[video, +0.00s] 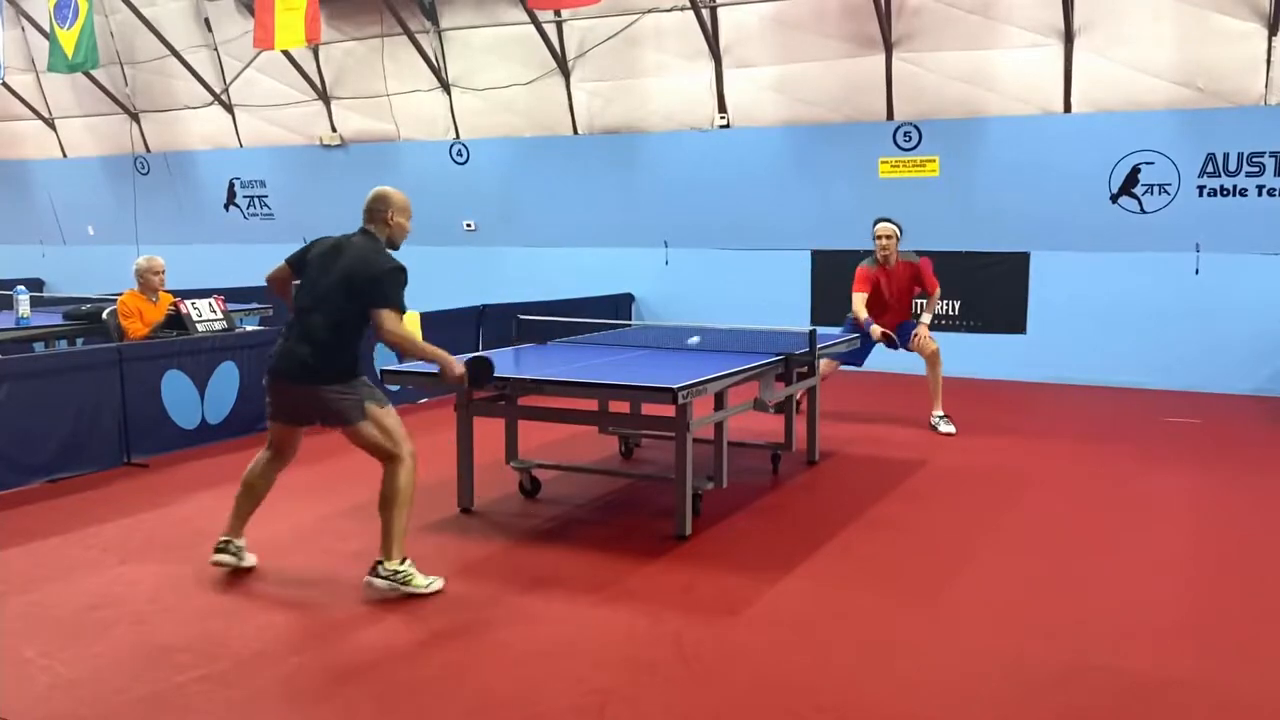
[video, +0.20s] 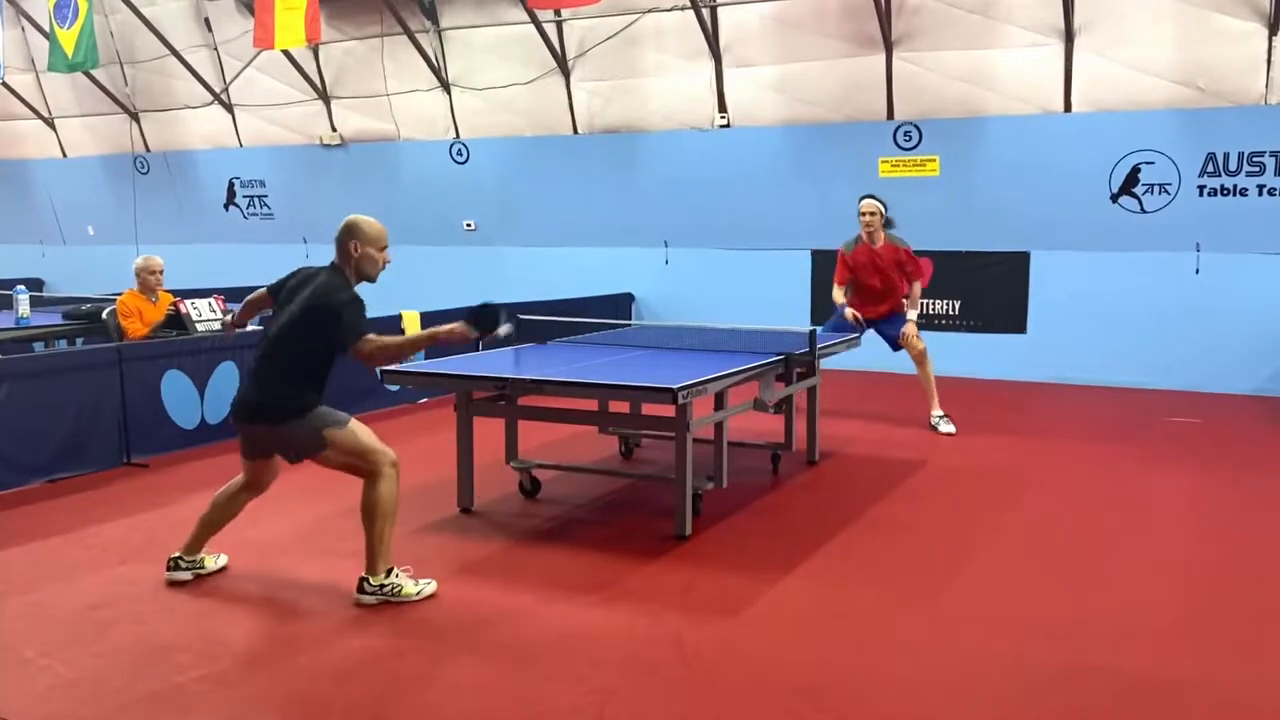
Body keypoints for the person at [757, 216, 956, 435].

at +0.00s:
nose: (884, 242)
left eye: (889, 238)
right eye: (879, 238)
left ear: (898, 241)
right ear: (873, 242)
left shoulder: (916, 266)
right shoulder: (866, 269)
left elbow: (934, 293)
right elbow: (858, 306)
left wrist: (924, 324)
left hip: (899, 324)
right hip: (865, 323)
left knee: (932, 350)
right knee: (824, 369)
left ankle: (938, 413)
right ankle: (795, 396)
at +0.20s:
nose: (867, 219)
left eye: (872, 214)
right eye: (863, 215)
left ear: (883, 218)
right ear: (858, 218)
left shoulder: (899, 248)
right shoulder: (849, 251)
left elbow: (916, 283)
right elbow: (837, 290)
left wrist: (911, 320)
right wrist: (845, 308)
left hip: (890, 315)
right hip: (854, 313)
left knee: (919, 350)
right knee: (812, 349)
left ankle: (936, 412)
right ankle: (786, 398)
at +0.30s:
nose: (848, 215)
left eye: (853, 211)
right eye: (844, 211)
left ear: (863, 214)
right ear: (839, 215)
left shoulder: (880, 243)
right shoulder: (831, 245)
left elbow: (898, 279)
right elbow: (819, 276)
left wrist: (889, 316)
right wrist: (816, 294)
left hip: (880, 309)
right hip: (845, 308)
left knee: (908, 346)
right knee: (806, 341)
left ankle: (927, 405)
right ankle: (785, 396)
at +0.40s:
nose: (831, 224)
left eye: (836, 220)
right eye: (827, 220)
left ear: (847, 222)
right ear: (823, 224)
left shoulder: (866, 250)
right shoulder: (817, 253)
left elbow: (885, 283)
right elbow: (797, 282)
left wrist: (863, 310)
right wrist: (797, 298)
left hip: (872, 313)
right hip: (838, 313)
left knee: (894, 353)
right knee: (803, 344)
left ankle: (918, 407)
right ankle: (786, 397)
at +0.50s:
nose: (814, 236)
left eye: (818, 230)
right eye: (809, 232)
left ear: (829, 231)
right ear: (806, 234)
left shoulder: (849, 255)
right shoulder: (803, 263)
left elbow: (872, 283)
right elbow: (780, 290)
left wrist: (851, 302)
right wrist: (785, 302)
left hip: (862, 318)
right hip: (827, 318)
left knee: (886, 356)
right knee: (791, 344)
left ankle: (917, 408)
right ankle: (784, 395)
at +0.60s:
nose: (794, 241)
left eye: (798, 236)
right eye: (790, 237)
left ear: (809, 236)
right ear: (787, 239)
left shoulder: (832, 257)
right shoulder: (784, 265)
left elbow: (866, 274)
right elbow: (755, 286)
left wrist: (851, 290)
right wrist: (769, 295)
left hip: (849, 318)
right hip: (815, 319)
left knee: (877, 357)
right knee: (778, 345)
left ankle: (914, 407)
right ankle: (786, 393)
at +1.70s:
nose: (777, 239)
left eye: (781, 234)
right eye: (773, 236)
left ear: (793, 234)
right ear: (770, 239)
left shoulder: (816, 253)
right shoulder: (771, 267)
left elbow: (852, 269)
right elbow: (751, 294)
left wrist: (840, 299)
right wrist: (735, 305)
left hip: (839, 312)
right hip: (803, 317)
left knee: (868, 354)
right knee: (766, 344)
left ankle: (900, 405)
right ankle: (764, 398)